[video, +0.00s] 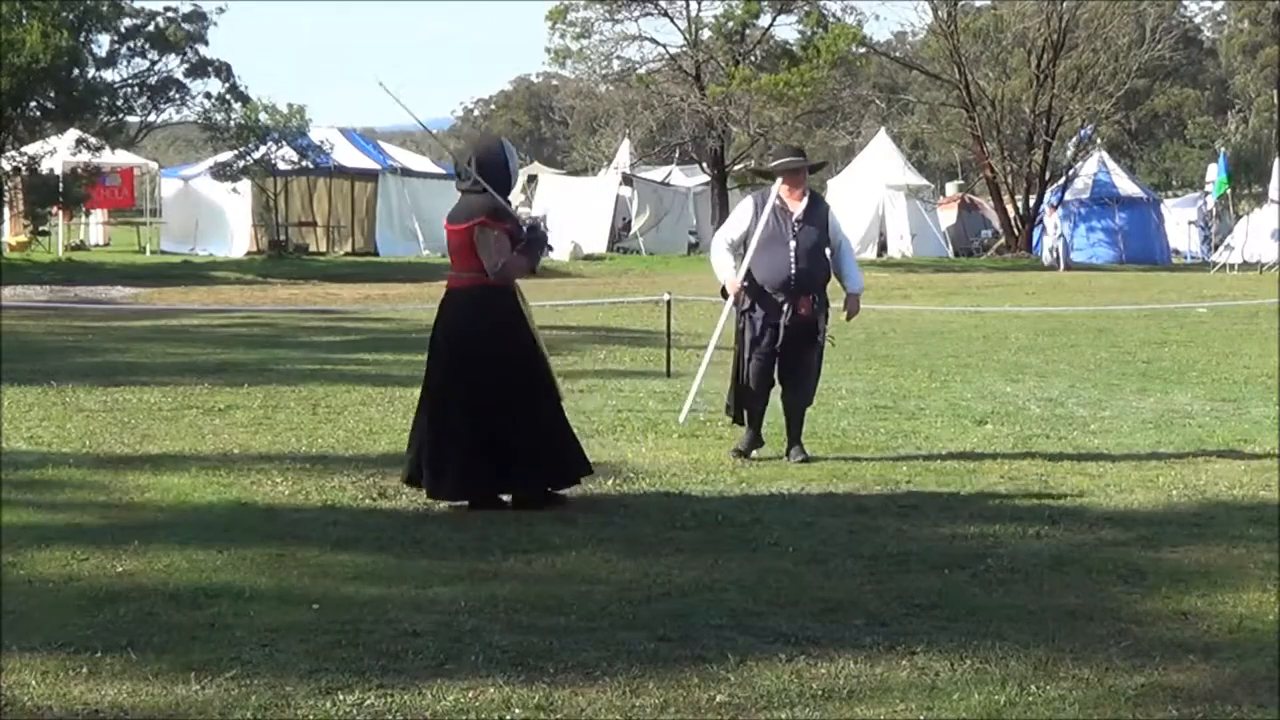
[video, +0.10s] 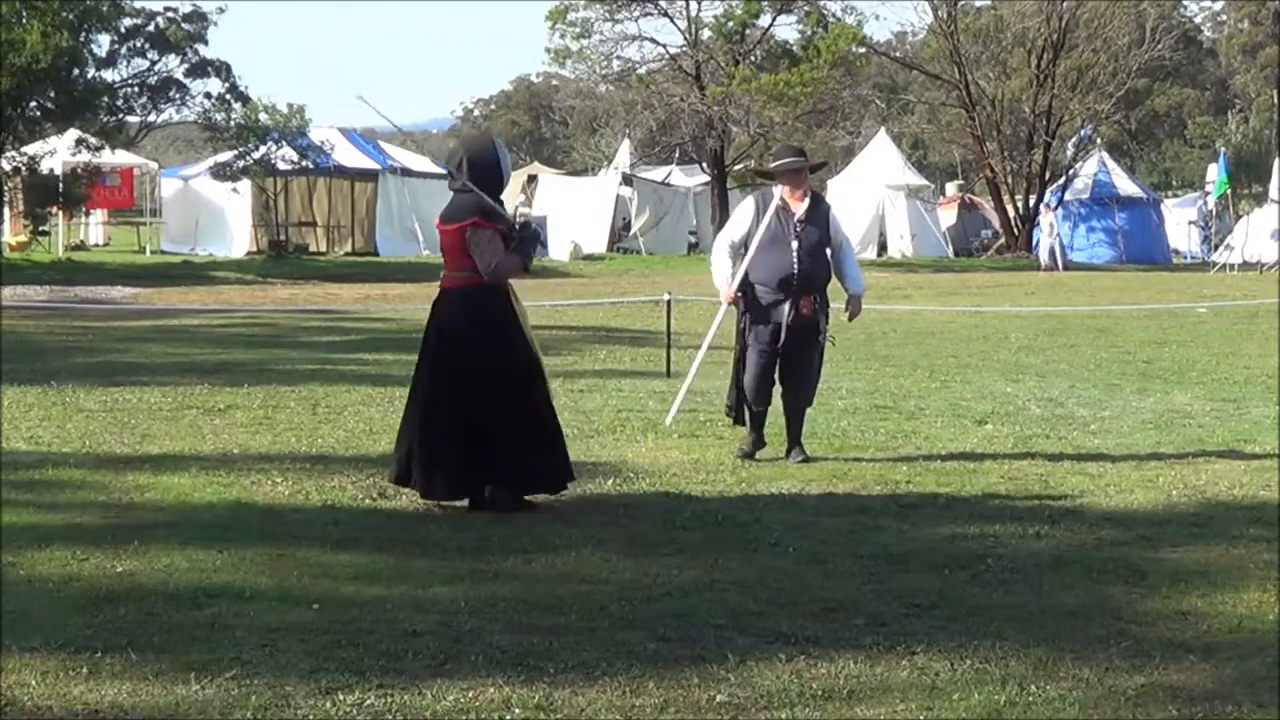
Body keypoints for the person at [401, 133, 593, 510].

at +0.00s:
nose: (515, 173)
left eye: (513, 166)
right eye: (512, 167)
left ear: (473, 168)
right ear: (504, 170)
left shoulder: (460, 210)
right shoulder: (488, 212)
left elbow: (479, 262)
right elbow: (501, 270)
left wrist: (516, 239)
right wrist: (532, 248)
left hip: (458, 307)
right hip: (490, 311)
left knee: (473, 395)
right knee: (514, 392)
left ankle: (480, 486)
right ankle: (529, 486)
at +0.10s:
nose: (505, 172)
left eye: (503, 165)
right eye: (501, 165)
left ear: (463, 168)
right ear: (491, 169)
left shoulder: (453, 210)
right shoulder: (477, 212)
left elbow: (474, 260)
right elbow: (495, 269)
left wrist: (511, 237)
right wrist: (525, 246)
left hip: (452, 305)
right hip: (480, 310)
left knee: (470, 393)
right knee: (499, 392)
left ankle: (479, 484)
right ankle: (502, 486)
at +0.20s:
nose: (492, 174)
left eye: (490, 166)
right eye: (488, 166)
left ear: (447, 170)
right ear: (476, 170)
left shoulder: (439, 213)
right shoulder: (465, 217)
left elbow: (453, 260)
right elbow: (486, 271)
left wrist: (496, 236)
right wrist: (514, 246)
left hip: (440, 309)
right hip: (469, 313)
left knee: (450, 394)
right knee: (479, 394)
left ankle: (448, 479)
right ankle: (478, 487)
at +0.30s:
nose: (484, 176)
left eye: (482, 169)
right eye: (479, 169)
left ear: (438, 173)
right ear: (468, 173)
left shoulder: (429, 217)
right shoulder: (459, 219)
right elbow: (478, 273)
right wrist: (507, 251)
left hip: (432, 314)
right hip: (465, 316)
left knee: (433, 398)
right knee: (478, 399)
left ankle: (425, 482)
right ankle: (486, 493)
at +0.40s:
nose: (472, 177)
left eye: (470, 170)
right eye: (466, 170)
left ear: (424, 178)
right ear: (454, 176)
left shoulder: (417, 220)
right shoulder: (444, 223)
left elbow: (433, 268)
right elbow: (465, 277)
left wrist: (476, 242)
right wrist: (493, 257)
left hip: (420, 318)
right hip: (447, 321)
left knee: (416, 404)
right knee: (457, 403)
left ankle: (398, 491)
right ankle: (472, 495)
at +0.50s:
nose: (464, 179)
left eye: (461, 171)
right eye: (458, 171)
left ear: (417, 178)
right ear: (445, 178)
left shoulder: (412, 219)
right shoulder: (433, 224)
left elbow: (434, 271)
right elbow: (453, 279)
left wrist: (468, 246)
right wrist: (482, 258)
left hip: (412, 319)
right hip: (436, 324)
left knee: (416, 407)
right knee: (445, 406)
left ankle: (409, 492)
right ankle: (452, 493)